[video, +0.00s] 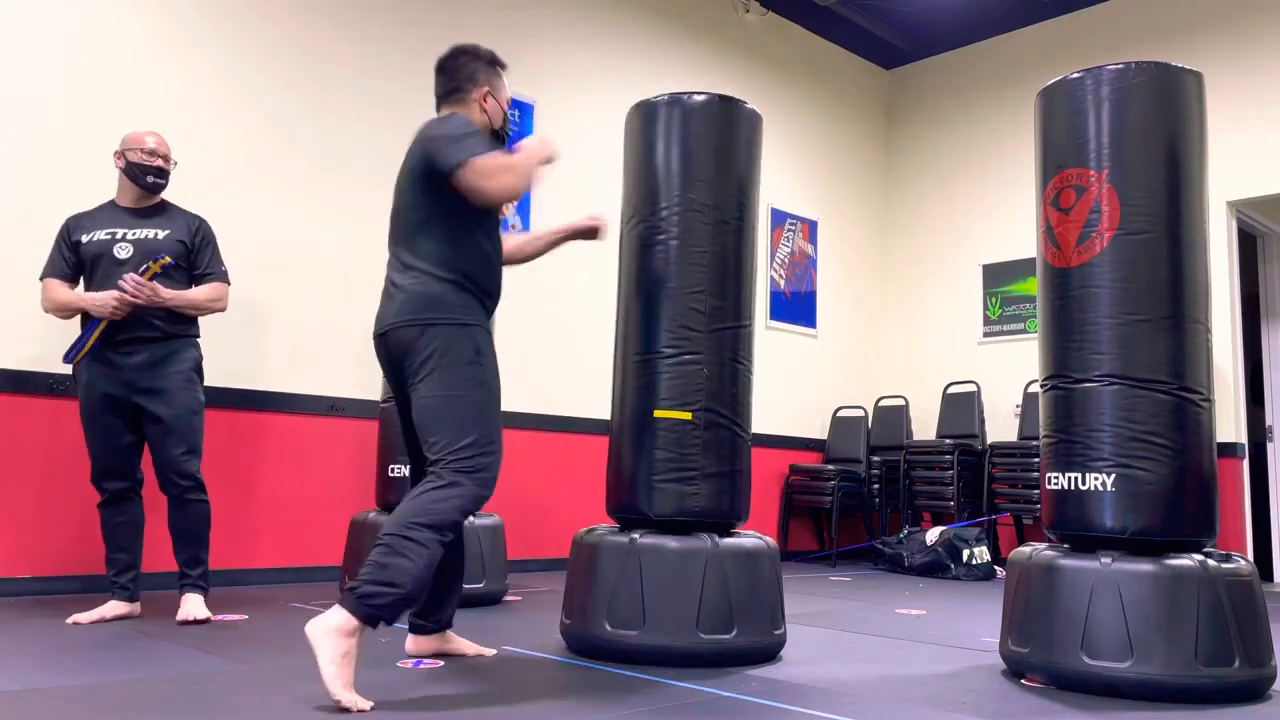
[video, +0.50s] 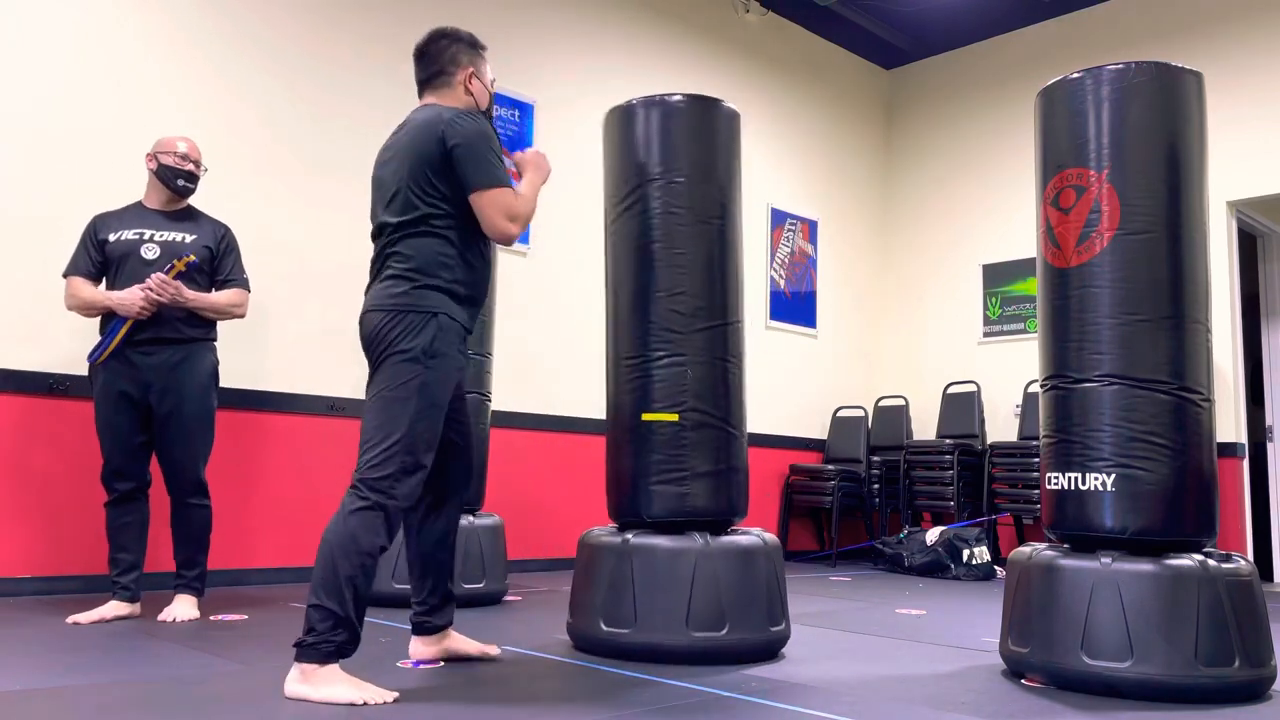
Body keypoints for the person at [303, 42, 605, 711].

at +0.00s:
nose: (508, 108)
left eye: (507, 100)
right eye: (505, 98)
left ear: (450, 95)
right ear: (487, 95)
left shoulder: (445, 151)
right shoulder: (455, 130)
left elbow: (493, 251)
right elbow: (490, 185)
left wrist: (567, 230)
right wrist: (535, 152)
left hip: (414, 321)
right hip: (443, 319)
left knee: (441, 474)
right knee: (467, 470)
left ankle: (429, 629)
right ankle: (347, 620)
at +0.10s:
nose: (512, 117)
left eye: (509, 109)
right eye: (511, 108)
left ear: (448, 108)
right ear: (499, 106)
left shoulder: (403, 161)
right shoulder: (512, 142)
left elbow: (426, 232)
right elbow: (625, 179)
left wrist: (497, 225)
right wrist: (662, 195)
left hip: (391, 319)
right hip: (450, 315)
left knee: (420, 477)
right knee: (419, 479)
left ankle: (429, 629)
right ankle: (319, 627)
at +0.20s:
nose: (512, 119)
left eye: (511, 111)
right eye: (512, 110)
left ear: (447, 108)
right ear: (500, 107)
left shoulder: (399, 163)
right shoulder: (506, 139)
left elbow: (400, 249)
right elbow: (615, 180)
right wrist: (644, 195)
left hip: (389, 319)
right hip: (446, 315)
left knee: (418, 476)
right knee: (410, 475)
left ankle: (428, 630)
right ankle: (310, 637)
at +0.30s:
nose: (505, 113)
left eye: (502, 104)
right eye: (502, 103)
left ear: (440, 105)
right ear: (487, 101)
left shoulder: (394, 162)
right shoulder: (493, 142)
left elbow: (399, 251)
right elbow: (574, 219)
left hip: (392, 316)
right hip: (443, 315)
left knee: (423, 484)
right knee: (410, 486)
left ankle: (429, 629)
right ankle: (323, 654)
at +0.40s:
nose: (496, 106)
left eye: (493, 96)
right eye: (494, 95)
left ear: (434, 93)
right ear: (478, 90)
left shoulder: (398, 154)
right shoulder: (473, 138)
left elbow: (408, 247)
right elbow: (518, 239)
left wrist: (493, 171)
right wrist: (538, 179)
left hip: (392, 311)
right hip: (435, 314)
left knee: (431, 485)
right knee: (393, 491)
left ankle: (430, 628)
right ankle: (318, 662)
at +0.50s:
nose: (490, 90)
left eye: (488, 80)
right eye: (487, 78)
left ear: (426, 81)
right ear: (469, 77)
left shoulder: (401, 138)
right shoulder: (461, 125)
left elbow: (452, 222)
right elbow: (506, 224)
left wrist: (502, 178)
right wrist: (532, 180)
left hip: (396, 311)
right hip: (427, 316)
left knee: (445, 477)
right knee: (383, 488)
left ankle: (433, 632)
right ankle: (316, 662)